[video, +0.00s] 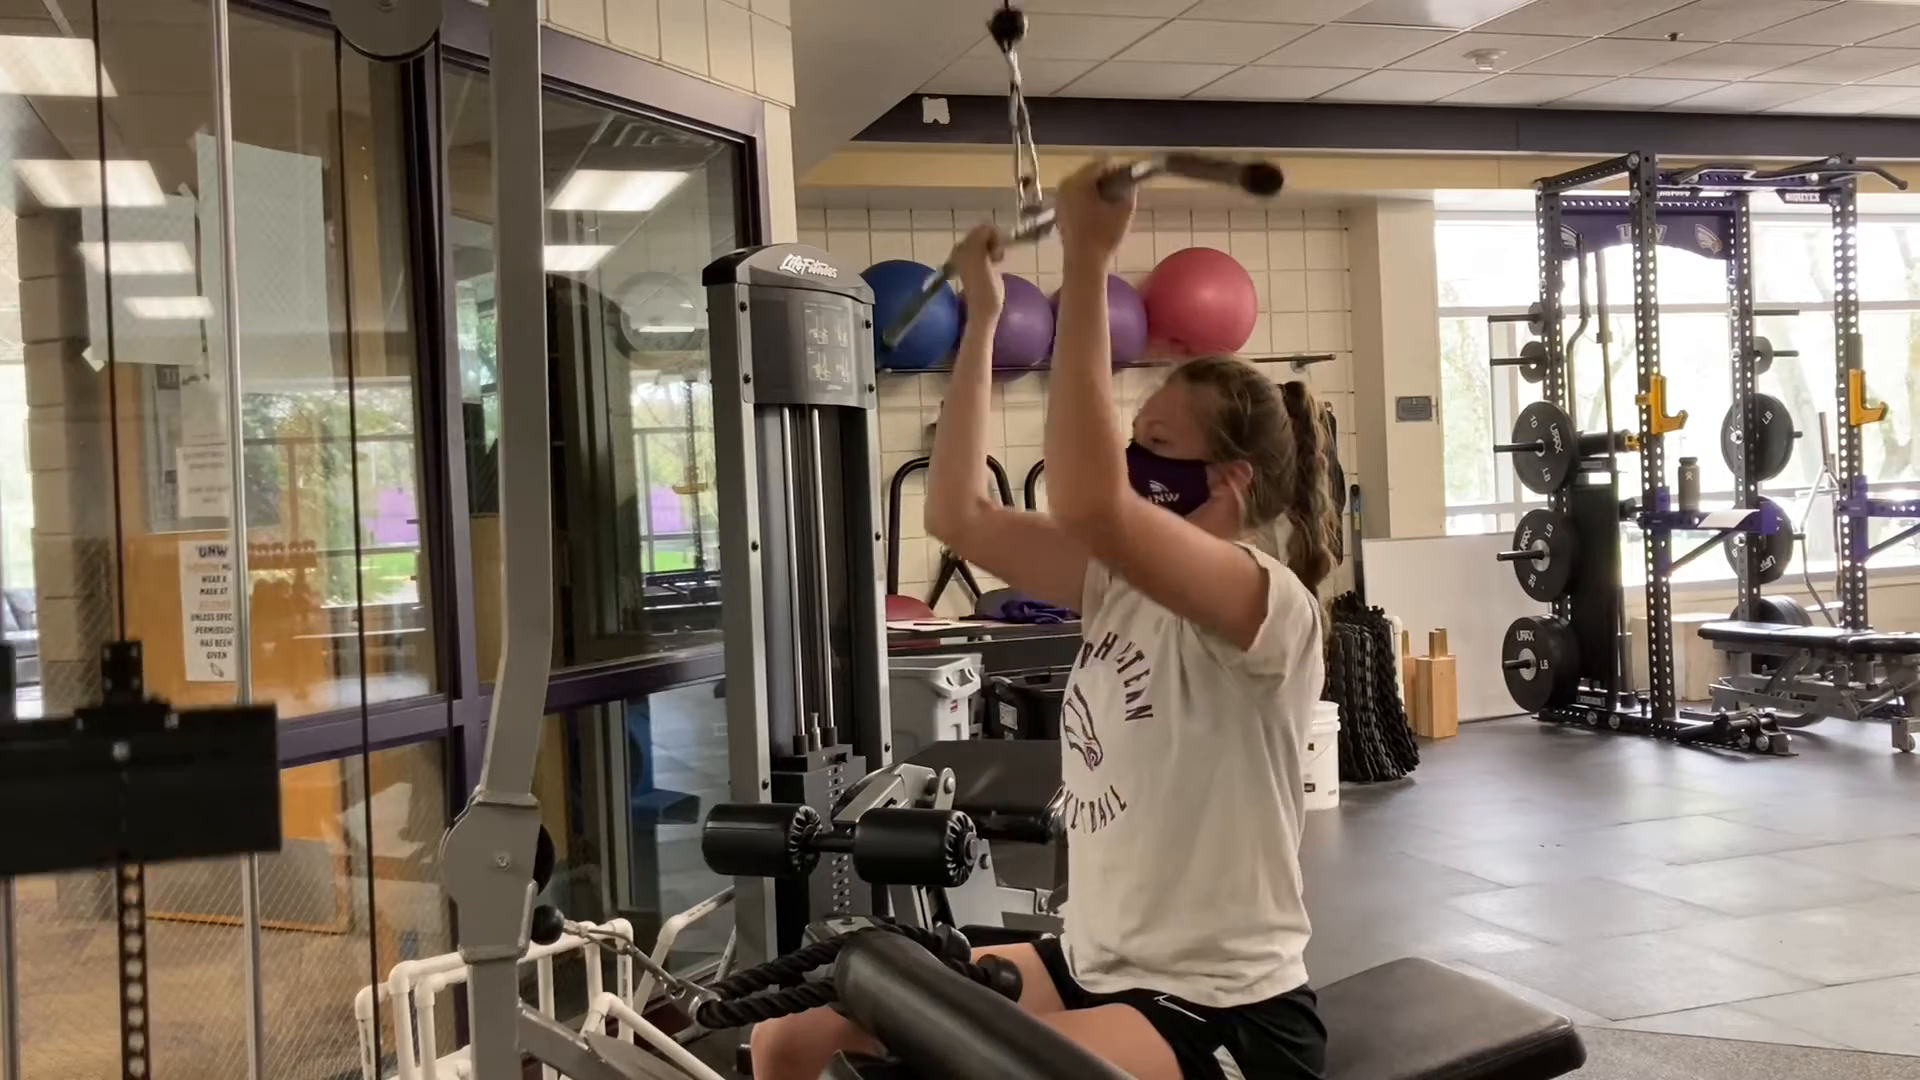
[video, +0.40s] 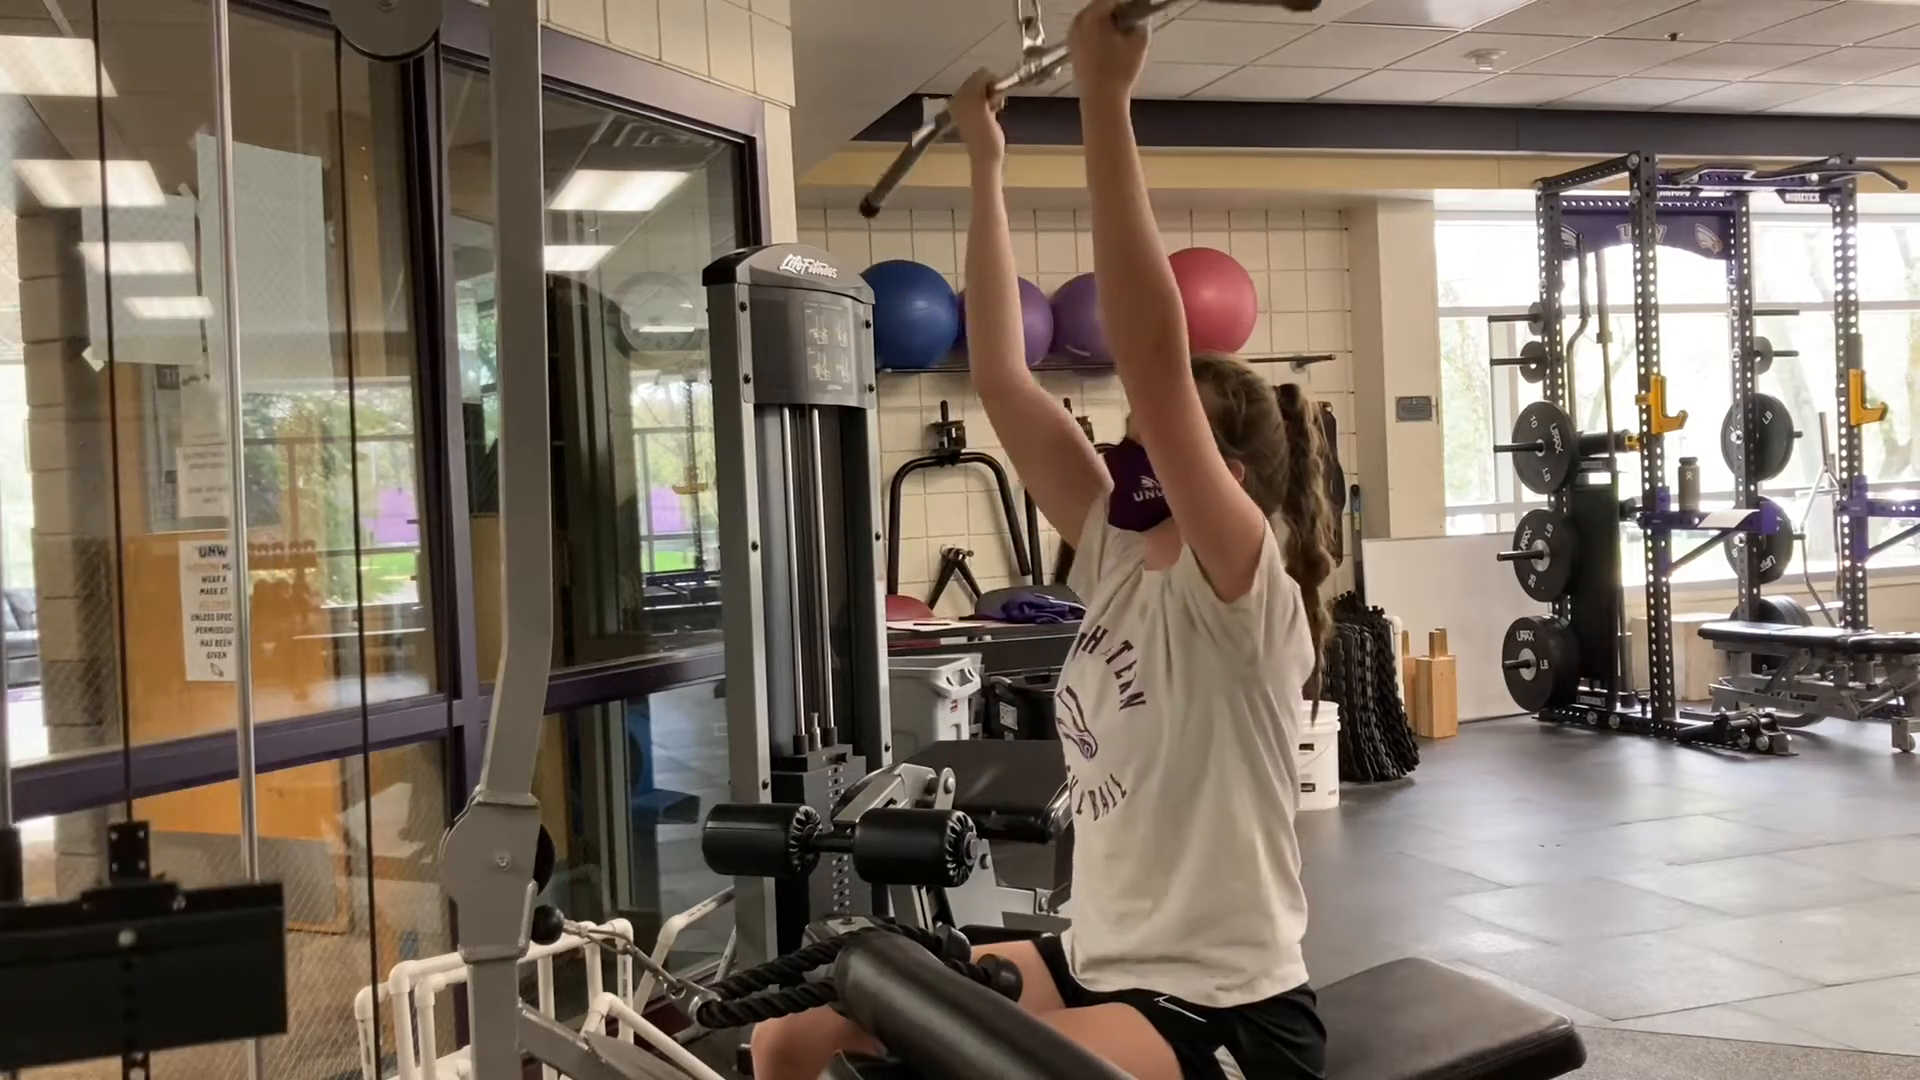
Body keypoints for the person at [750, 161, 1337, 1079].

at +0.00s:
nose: (1128, 469)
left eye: (1156, 458)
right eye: (1129, 447)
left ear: (1232, 486)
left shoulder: (1269, 607)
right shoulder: (1112, 575)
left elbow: (1091, 506)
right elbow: (959, 517)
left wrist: (1085, 264)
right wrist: (982, 319)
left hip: (1225, 1009)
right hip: (1091, 964)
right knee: (786, 1039)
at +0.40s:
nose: (1143, 443)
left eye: (1172, 419)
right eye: (1146, 421)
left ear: (1233, 453)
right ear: (1145, 435)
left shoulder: (1251, 586)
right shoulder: (1107, 549)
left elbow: (1154, 361)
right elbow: (1000, 370)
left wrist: (1105, 97)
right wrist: (984, 158)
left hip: (1224, 1010)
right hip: (1095, 971)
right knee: (791, 1041)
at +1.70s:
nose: (1131, 449)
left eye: (1156, 430)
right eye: (1129, 425)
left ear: (1225, 474)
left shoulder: (1264, 607)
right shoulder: (1123, 591)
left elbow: (1091, 721)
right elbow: (961, 690)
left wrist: (1099, 490)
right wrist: (978, 501)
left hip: (1226, 1003)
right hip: (1094, 961)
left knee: (966, 1059)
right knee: (788, 1042)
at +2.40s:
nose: (1129, 477)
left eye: (1156, 457)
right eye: (1133, 455)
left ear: (1234, 482)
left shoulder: (1254, 622)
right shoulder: (1122, 612)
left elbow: (1162, 850)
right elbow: (1019, 804)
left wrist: (1123, 615)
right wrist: (1004, 618)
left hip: (1223, 1006)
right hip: (1095, 965)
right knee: (788, 1040)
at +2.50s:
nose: (1129, 470)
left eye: (1157, 455)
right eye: (1133, 450)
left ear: (1235, 486)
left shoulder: (1260, 620)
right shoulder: (1115, 610)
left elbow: (1138, 812)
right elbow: (989, 773)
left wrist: (1108, 580)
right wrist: (994, 584)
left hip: (1223, 1005)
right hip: (1095, 965)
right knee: (788, 1039)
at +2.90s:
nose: (1121, 465)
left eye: (1151, 452)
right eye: (1127, 448)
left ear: (1229, 482)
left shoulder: (1261, 602)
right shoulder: (1119, 581)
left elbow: (1098, 578)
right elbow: (945, 575)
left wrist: (1095, 342)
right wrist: (978, 382)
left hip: (1227, 1011)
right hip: (1092, 963)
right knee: (792, 1039)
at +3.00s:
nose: (1129, 474)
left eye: (1157, 460)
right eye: (1129, 450)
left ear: (1234, 484)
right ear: (1118, 442)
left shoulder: (1257, 600)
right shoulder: (1107, 576)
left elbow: (1093, 516)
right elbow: (951, 526)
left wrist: (1094, 275)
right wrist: (976, 330)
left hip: (1224, 1012)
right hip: (1091, 966)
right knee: (791, 1036)